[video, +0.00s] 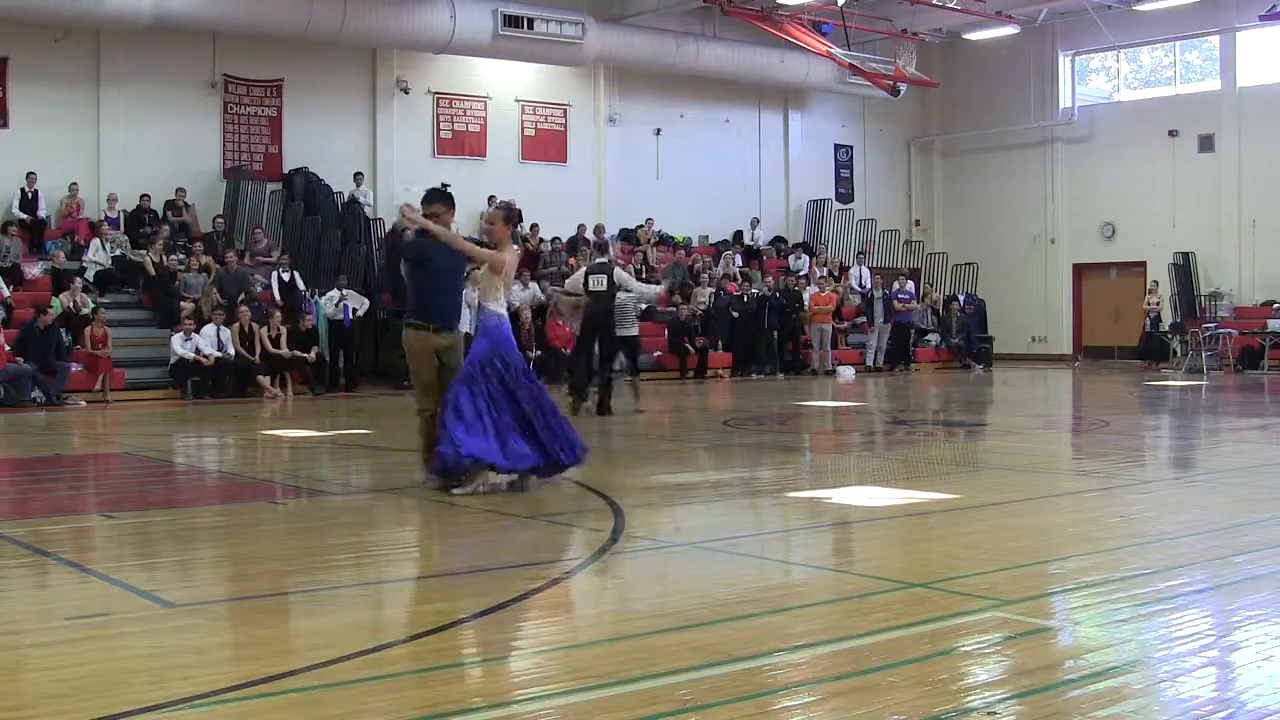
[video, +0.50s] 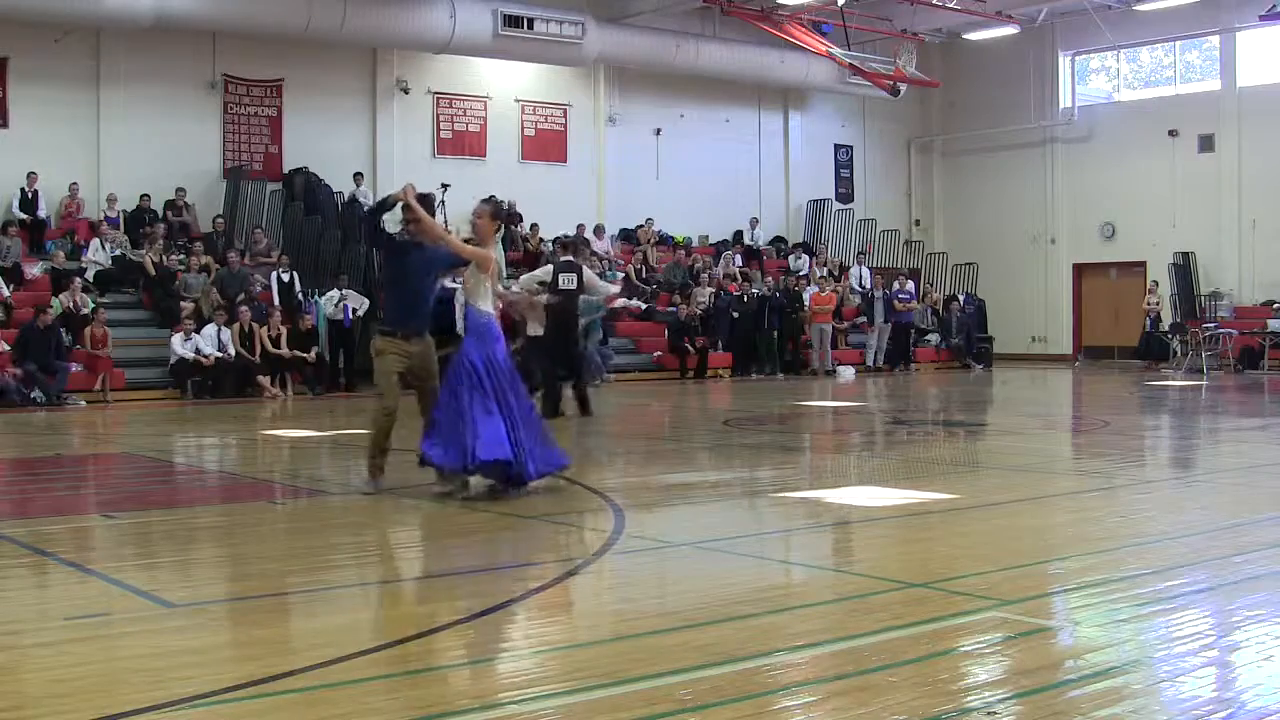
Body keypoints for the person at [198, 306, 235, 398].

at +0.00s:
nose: (218, 317)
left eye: (221, 315)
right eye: (215, 315)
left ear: (224, 317)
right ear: (211, 316)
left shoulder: (227, 331)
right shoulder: (205, 330)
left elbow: (230, 346)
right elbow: (205, 348)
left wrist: (230, 353)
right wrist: (219, 354)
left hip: (224, 355)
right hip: (211, 356)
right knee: (222, 363)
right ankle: (218, 390)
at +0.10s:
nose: (218, 317)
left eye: (221, 315)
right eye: (215, 315)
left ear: (224, 317)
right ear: (211, 316)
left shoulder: (227, 331)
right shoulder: (206, 330)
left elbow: (230, 346)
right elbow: (205, 348)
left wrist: (230, 353)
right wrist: (219, 354)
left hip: (224, 355)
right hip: (211, 355)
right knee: (222, 363)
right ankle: (218, 390)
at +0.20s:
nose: (218, 317)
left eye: (221, 315)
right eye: (215, 315)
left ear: (224, 317)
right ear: (211, 316)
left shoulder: (227, 331)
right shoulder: (205, 330)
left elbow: (230, 346)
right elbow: (205, 348)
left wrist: (230, 353)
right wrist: (219, 354)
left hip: (224, 355)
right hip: (211, 355)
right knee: (222, 363)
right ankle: (218, 390)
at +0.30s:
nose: (219, 317)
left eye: (221, 315)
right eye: (216, 315)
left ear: (225, 317)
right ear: (213, 317)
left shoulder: (227, 331)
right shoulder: (206, 330)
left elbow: (229, 344)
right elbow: (207, 348)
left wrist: (231, 353)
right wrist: (221, 355)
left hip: (224, 355)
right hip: (211, 356)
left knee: (239, 362)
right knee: (224, 364)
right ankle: (221, 391)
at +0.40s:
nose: (219, 317)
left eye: (221, 315)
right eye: (216, 315)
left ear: (226, 317)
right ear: (213, 316)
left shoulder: (227, 331)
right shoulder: (206, 330)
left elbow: (229, 345)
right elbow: (207, 348)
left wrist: (231, 353)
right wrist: (221, 355)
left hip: (224, 355)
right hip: (211, 356)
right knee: (224, 364)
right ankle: (221, 391)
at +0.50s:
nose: (219, 317)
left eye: (221, 315)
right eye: (216, 315)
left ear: (226, 317)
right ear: (213, 316)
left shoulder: (227, 331)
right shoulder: (206, 330)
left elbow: (229, 345)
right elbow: (207, 348)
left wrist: (231, 353)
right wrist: (221, 355)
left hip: (224, 355)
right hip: (211, 356)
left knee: (238, 363)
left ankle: (235, 390)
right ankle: (221, 391)